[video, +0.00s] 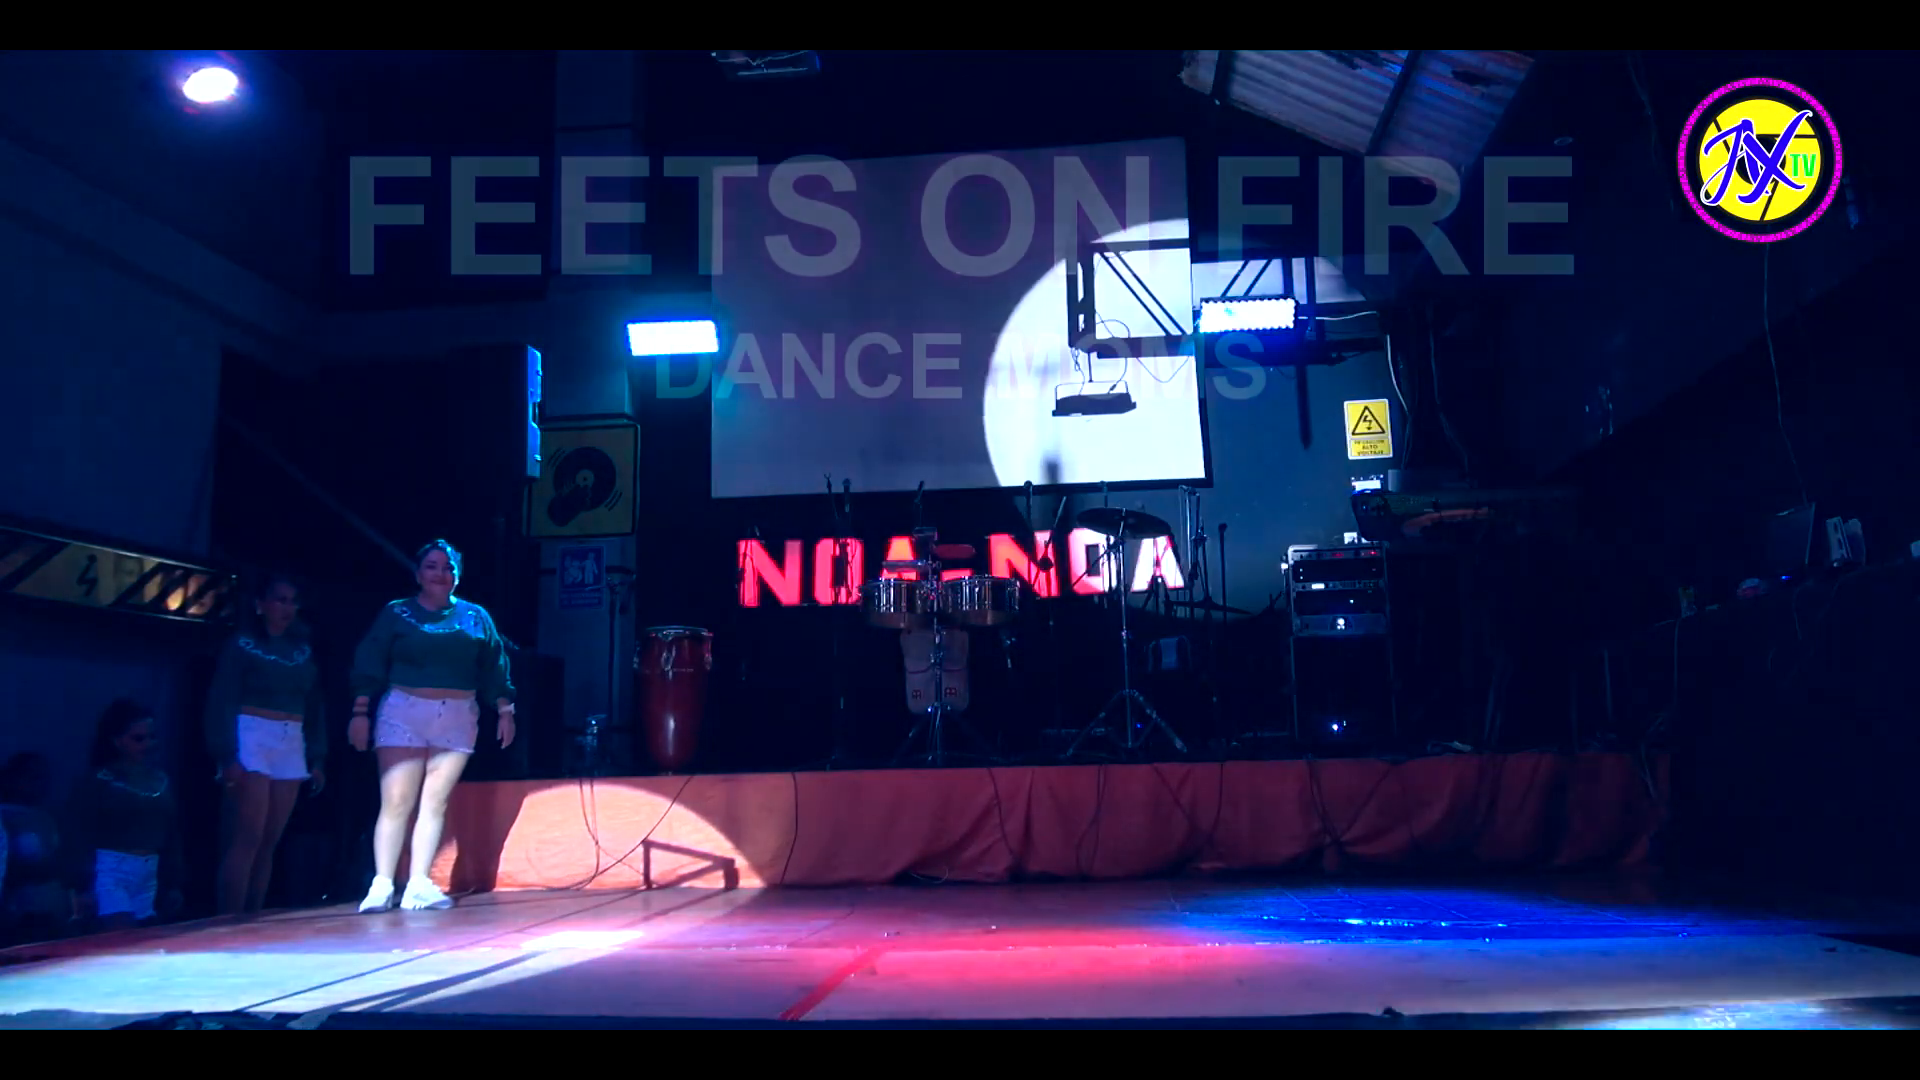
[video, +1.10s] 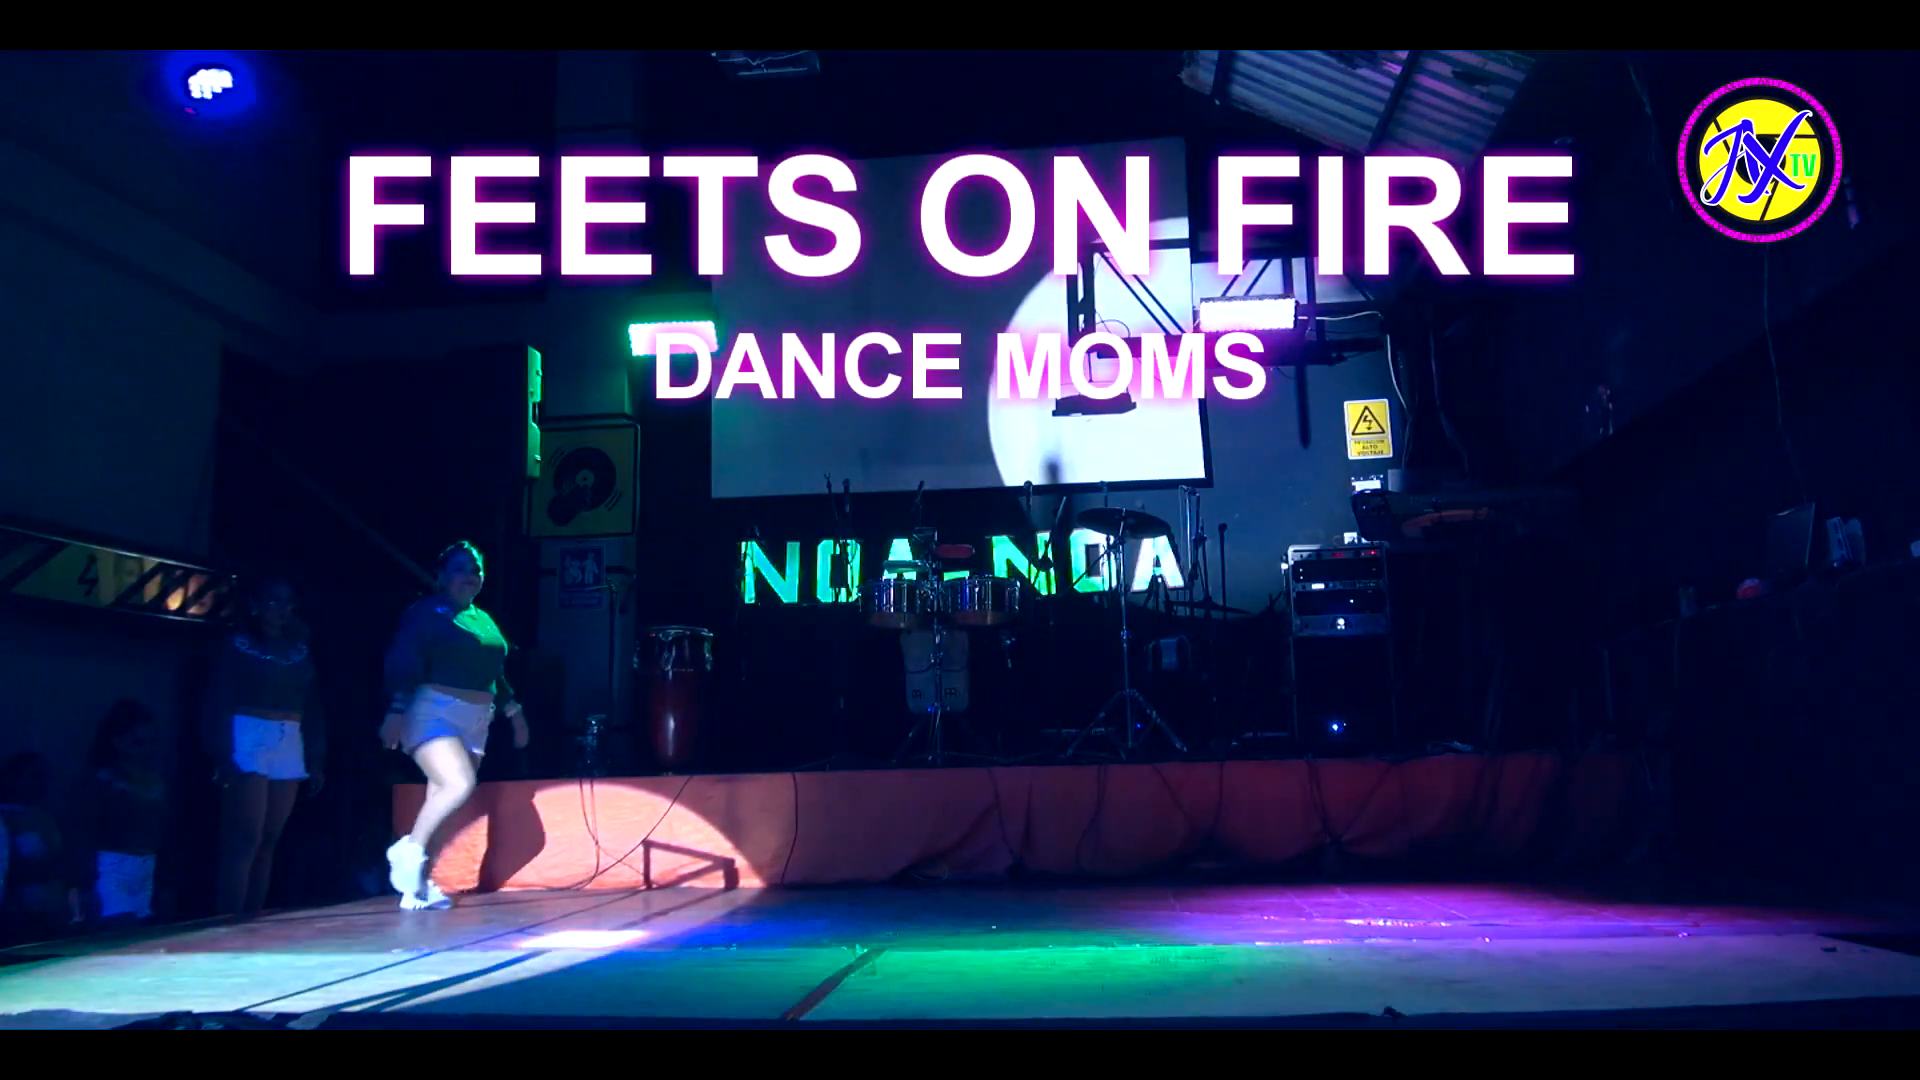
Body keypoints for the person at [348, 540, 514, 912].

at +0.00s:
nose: (438, 573)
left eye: (446, 568)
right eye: (431, 566)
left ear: (455, 575)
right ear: (418, 572)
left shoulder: (476, 617)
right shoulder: (397, 613)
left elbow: (496, 665)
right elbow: (370, 661)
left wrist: (505, 709)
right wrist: (360, 711)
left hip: (457, 715)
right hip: (403, 712)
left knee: (435, 803)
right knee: (396, 802)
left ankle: (418, 884)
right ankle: (383, 884)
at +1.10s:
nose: (469, 578)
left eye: (475, 572)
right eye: (460, 570)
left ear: (482, 579)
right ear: (443, 574)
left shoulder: (484, 620)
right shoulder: (426, 615)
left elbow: (494, 675)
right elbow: (403, 662)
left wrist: (514, 711)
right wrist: (396, 710)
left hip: (474, 722)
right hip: (430, 713)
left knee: (441, 803)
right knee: (458, 783)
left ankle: (419, 884)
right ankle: (411, 850)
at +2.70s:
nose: (541, 540)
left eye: (551, 533)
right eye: (533, 533)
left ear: (573, 540)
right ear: (524, 541)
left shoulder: (601, 587)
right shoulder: (507, 588)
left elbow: (646, 626)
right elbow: (471, 636)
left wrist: (656, 599)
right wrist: (450, 684)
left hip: (584, 700)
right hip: (524, 696)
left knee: (564, 807)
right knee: (537, 797)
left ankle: (548, 895)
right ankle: (533, 896)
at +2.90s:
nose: (530, 531)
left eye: (540, 524)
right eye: (522, 524)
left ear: (561, 534)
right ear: (512, 533)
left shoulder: (587, 580)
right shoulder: (495, 585)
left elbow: (628, 618)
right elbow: (472, 654)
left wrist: (664, 626)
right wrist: (445, 701)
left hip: (575, 691)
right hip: (513, 691)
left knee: (587, 802)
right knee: (524, 797)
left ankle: (566, 861)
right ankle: (534, 901)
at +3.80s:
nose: (486, 489)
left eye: (500, 483)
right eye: (482, 482)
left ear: (529, 494)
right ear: (475, 493)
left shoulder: (557, 551)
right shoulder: (453, 544)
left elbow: (591, 608)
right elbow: (422, 609)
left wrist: (611, 621)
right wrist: (404, 672)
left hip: (523, 680)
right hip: (451, 677)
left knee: (513, 797)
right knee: (434, 799)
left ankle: (510, 912)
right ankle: (417, 913)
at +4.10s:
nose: (453, 496)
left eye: (465, 489)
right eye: (454, 489)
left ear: (498, 500)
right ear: (466, 500)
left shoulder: (536, 556)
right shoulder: (437, 553)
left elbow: (573, 615)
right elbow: (399, 609)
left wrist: (595, 672)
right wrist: (358, 654)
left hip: (494, 681)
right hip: (424, 680)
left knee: (493, 804)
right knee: (432, 806)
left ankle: (506, 912)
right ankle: (417, 918)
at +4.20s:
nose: (450, 493)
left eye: (461, 486)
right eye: (452, 485)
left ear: (493, 497)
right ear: (472, 497)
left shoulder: (530, 552)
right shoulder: (436, 551)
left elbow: (565, 616)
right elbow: (412, 611)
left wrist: (571, 677)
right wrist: (368, 621)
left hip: (494, 677)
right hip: (427, 677)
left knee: (489, 802)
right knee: (433, 804)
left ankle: (507, 912)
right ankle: (418, 918)